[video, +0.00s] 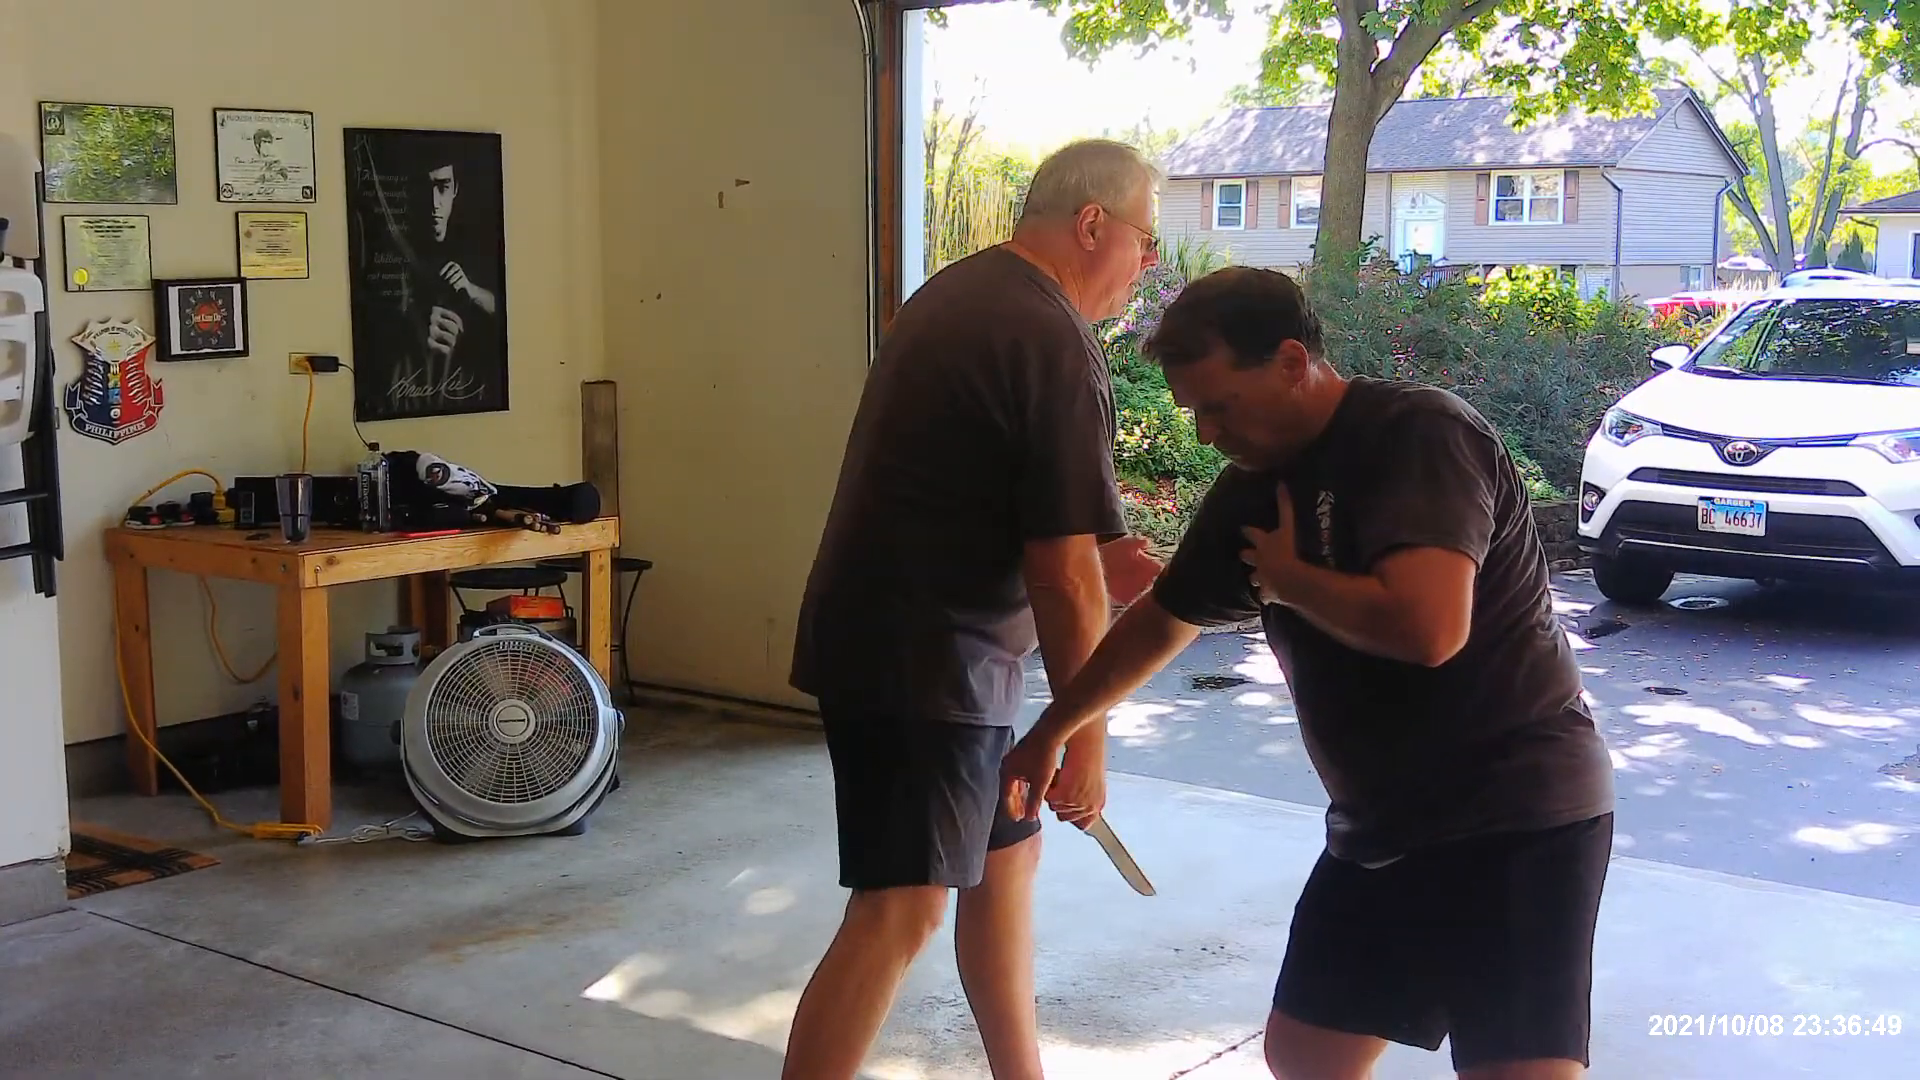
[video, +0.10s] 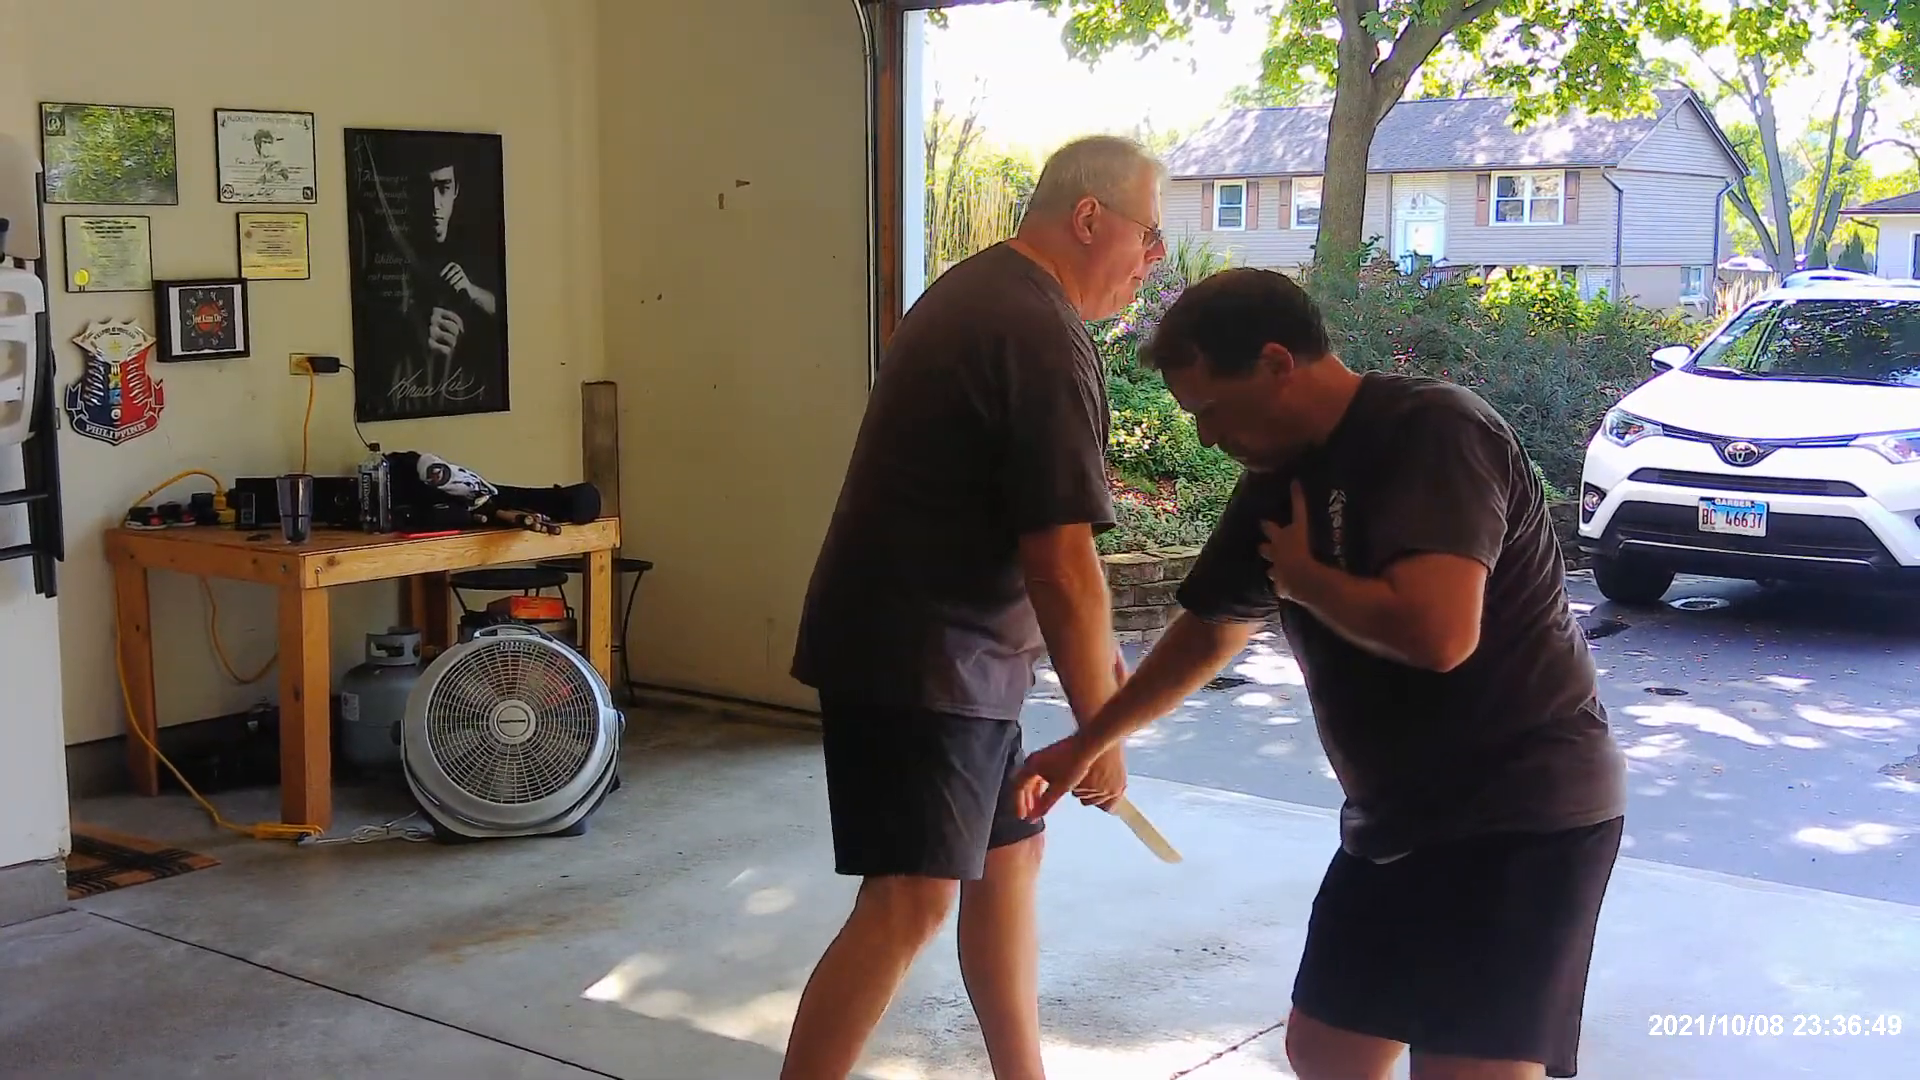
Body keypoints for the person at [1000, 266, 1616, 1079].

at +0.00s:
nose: (1204, 434)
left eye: (1216, 408)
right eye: (1193, 413)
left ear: (1294, 366)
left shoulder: (1425, 431)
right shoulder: (1249, 492)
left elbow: (1429, 626)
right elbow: (1160, 620)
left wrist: (1289, 579)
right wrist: (1051, 728)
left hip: (1523, 815)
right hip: (1377, 826)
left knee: (1518, 1065)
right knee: (1305, 1052)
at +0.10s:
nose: (1205, 436)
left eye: (1208, 411)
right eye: (1194, 417)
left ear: (1278, 367)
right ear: (1277, 370)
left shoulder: (1440, 427)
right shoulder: (1279, 481)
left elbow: (1440, 630)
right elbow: (1207, 629)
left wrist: (1303, 580)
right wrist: (1089, 739)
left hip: (1529, 818)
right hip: (1391, 819)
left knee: (1475, 1064)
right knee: (1327, 1051)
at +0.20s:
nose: (1225, 425)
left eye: (1219, 399)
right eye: (1212, 405)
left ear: (1268, 359)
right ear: (1272, 359)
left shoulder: (1452, 415)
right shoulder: (1314, 463)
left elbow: (1445, 627)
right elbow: (1305, 643)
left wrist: (1317, 564)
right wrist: (1202, 782)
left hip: (1533, 816)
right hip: (1413, 812)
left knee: (1467, 1062)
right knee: (1355, 1039)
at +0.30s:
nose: (1275, 423)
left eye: (1261, 396)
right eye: (1260, 401)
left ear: (1291, 355)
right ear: (1305, 344)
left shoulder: (1462, 415)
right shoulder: (1398, 430)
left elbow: (1429, 638)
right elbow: (1424, 665)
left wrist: (1331, 553)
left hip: (1532, 840)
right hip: (1447, 828)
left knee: (1484, 1065)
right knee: (1377, 1037)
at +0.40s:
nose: (1313, 417)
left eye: (1299, 394)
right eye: (1301, 399)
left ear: (1317, 364)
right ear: (1400, 325)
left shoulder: (1453, 433)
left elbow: (1397, 664)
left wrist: (1358, 581)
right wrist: (1629, 836)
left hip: (1537, 862)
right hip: (1482, 846)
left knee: (1512, 1068)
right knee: (1400, 1037)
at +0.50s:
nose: (1345, 399)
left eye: (1334, 379)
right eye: (1336, 380)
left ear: (1347, 367)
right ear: (1449, 323)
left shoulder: (1442, 449)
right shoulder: (1576, 420)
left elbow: (1382, 682)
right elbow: (1690, 618)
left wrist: (1371, 603)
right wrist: (1753, 791)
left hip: (1560, 854)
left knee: (1512, 1067)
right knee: (1441, 1028)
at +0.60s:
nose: (1382, 388)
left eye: (1372, 370)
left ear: (1379, 365)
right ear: (1493, 320)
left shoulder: (1449, 451)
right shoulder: (1618, 409)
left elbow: (1386, 679)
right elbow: (1752, 575)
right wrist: (1841, 752)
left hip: (1575, 848)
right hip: (1692, 817)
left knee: (1512, 1068)